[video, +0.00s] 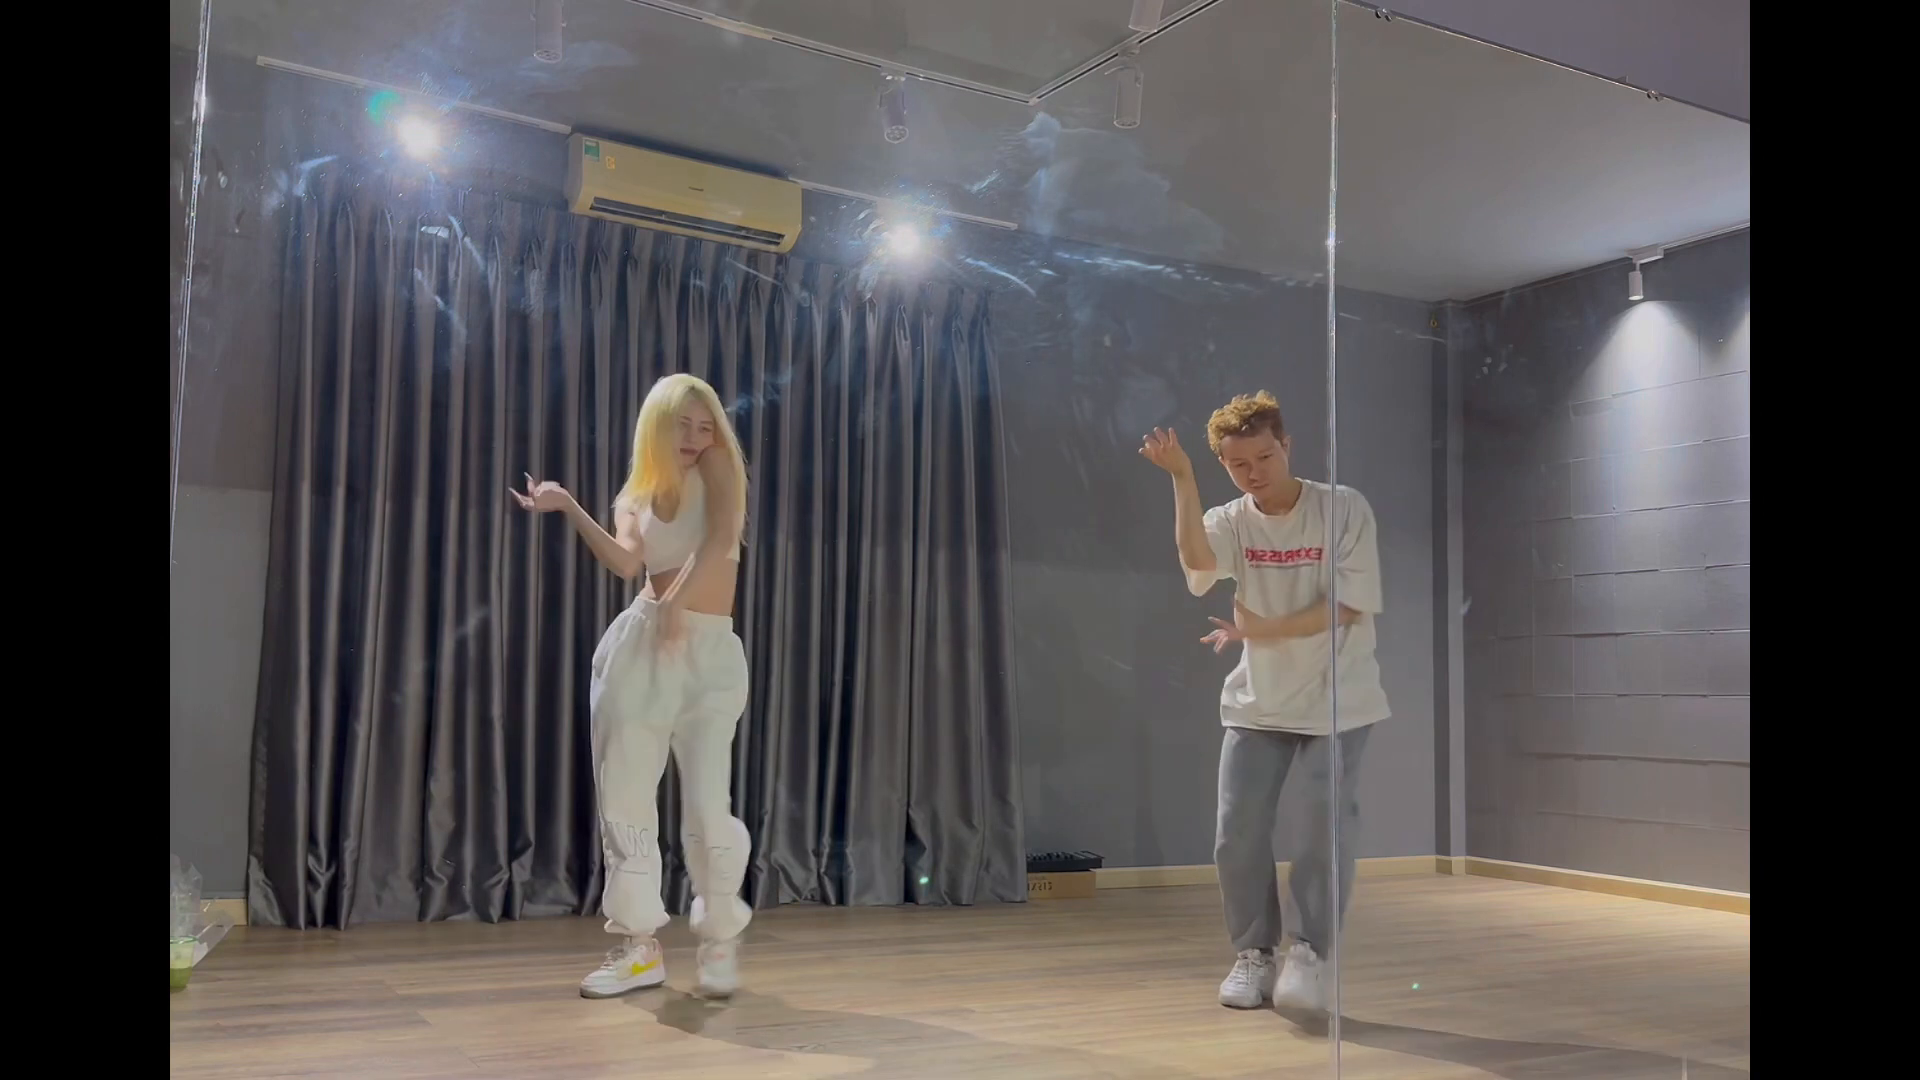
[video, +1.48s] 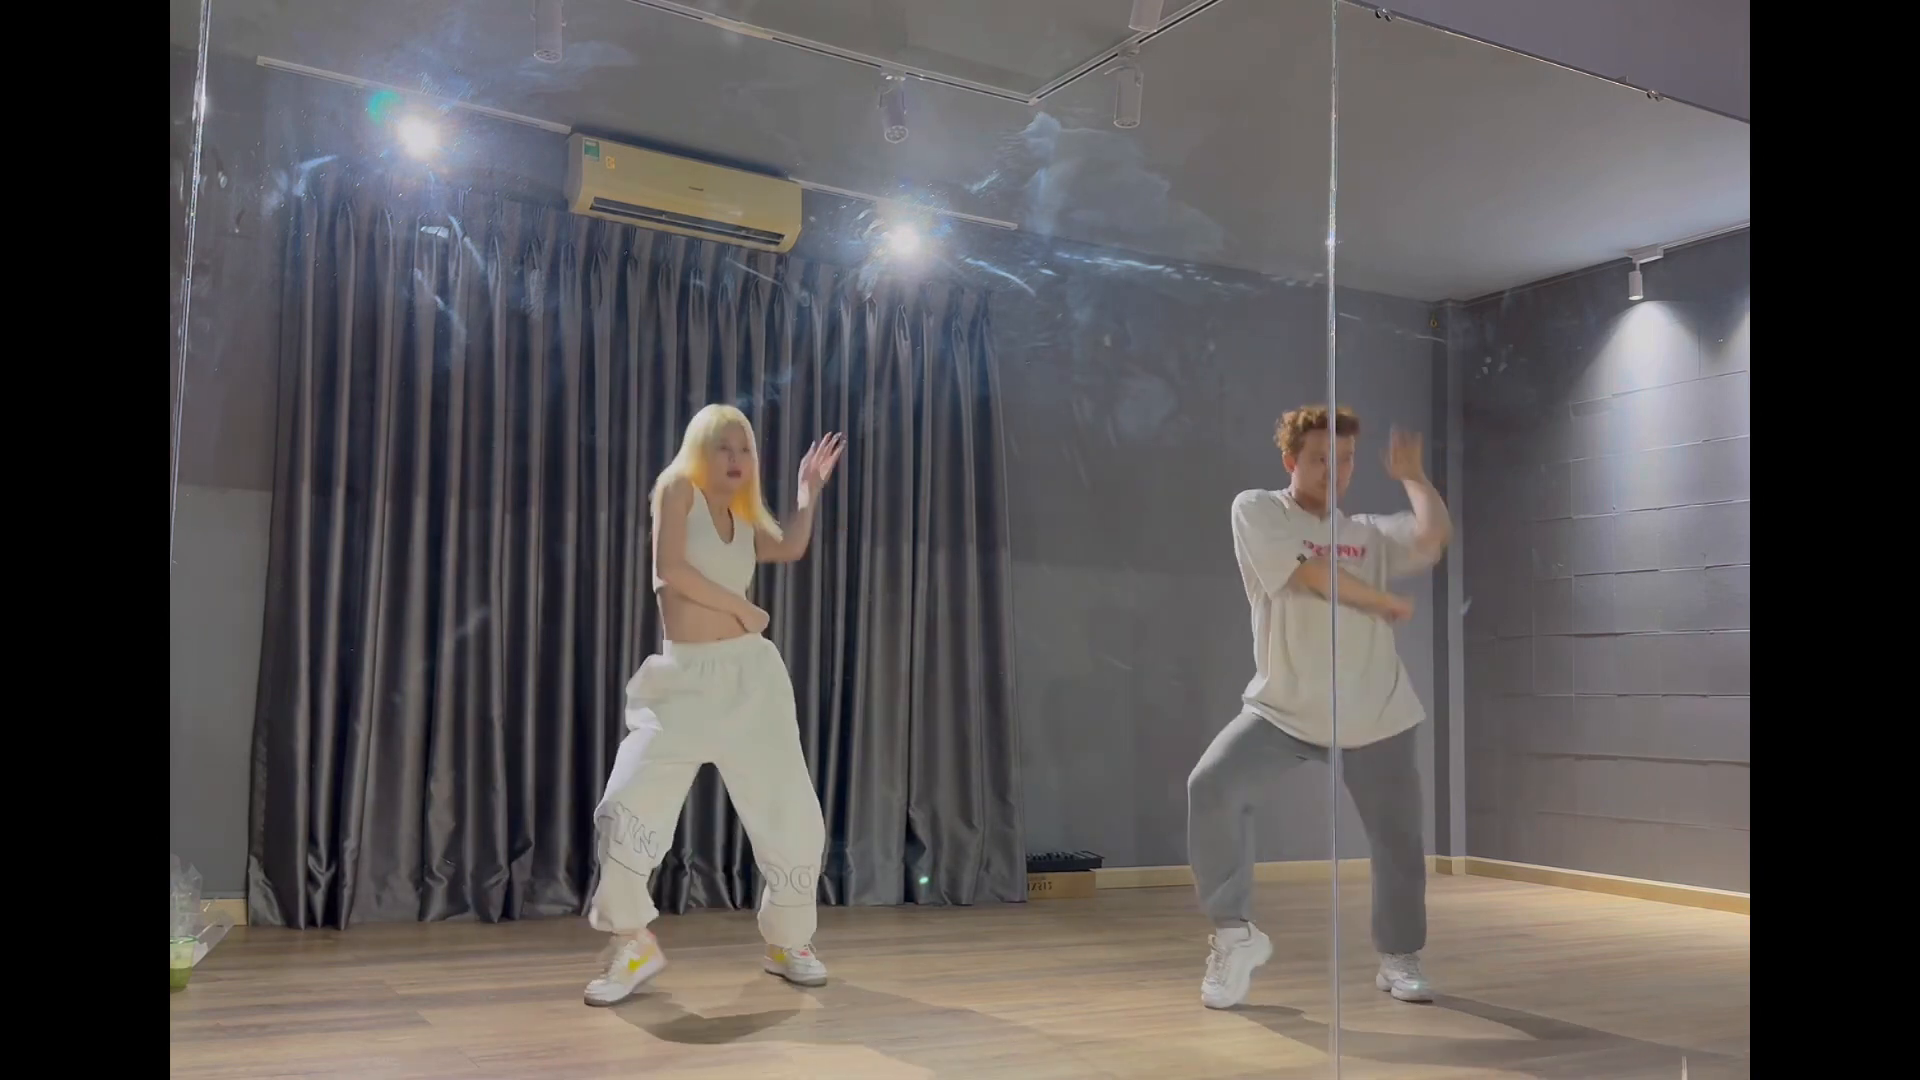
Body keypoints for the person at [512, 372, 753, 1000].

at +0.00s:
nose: (697, 438)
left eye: (706, 427)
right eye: (685, 427)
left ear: (717, 429)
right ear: (659, 429)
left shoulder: (720, 470)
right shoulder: (635, 495)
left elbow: (719, 541)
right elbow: (626, 561)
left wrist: (678, 601)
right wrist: (571, 506)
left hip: (710, 650)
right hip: (641, 647)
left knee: (706, 805)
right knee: (625, 798)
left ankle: (719, 949)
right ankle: (642, 949)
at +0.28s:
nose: (728, 462)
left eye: (736, 456)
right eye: (714, 456)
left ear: (751, 477)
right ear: (692, 477)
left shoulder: (761, 542)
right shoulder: (674, 526)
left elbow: (787, 621)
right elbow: (668, 611)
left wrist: (809, 546)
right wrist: (746, 645)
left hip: (765, 706)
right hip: (688, 710)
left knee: (793, 840)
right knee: (597, 802)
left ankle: (788, 944)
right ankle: (642, 944)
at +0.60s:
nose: (750, 410)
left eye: (756, 403)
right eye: (734, 405)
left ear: (766, 424)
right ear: (709, 428)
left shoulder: (781, 487)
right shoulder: (683, 482)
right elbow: (680, 565)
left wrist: (813, 477)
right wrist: (759, 586)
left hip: (756, 665)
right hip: (679, 660)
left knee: (780, 812)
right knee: (644, 805)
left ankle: (789, 940)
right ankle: (615, 945)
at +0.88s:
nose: (751, 424)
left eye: (759, 416)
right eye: (736, 416)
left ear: (774, 434)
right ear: (710, 434)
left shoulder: (789, 503)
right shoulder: (691, 491)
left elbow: (805, 558)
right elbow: (695, 581)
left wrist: (821, 474)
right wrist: (770, 596)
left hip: (750, 662)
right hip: (678, 654)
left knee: (758, 801)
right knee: (628, 789)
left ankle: (784, 939)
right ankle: (614, 934)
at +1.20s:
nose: (751, 451)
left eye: (759, 442)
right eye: (738, 442)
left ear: (770, 451)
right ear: (714, 450)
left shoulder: (771, 506)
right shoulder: (685, 490)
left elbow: (780, 577)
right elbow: (675, 570)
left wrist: (799, 512)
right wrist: (750, 600)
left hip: (760, 677)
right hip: (685, 678)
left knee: (773, 810)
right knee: (603, 798)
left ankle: (786, 941)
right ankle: (637, 942)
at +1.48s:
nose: (739, 459)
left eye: (746, 449)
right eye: (727, 448)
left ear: (754, 459)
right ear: (701, 453)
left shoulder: (746, 515)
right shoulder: (678, 489)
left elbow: (790, 549)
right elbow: (672, 570)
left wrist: (808, 490)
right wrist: (742, 608)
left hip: (751, 680)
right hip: (680, 683)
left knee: (791, 814)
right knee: (622, 812)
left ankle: (789, 944)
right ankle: (635, 946)